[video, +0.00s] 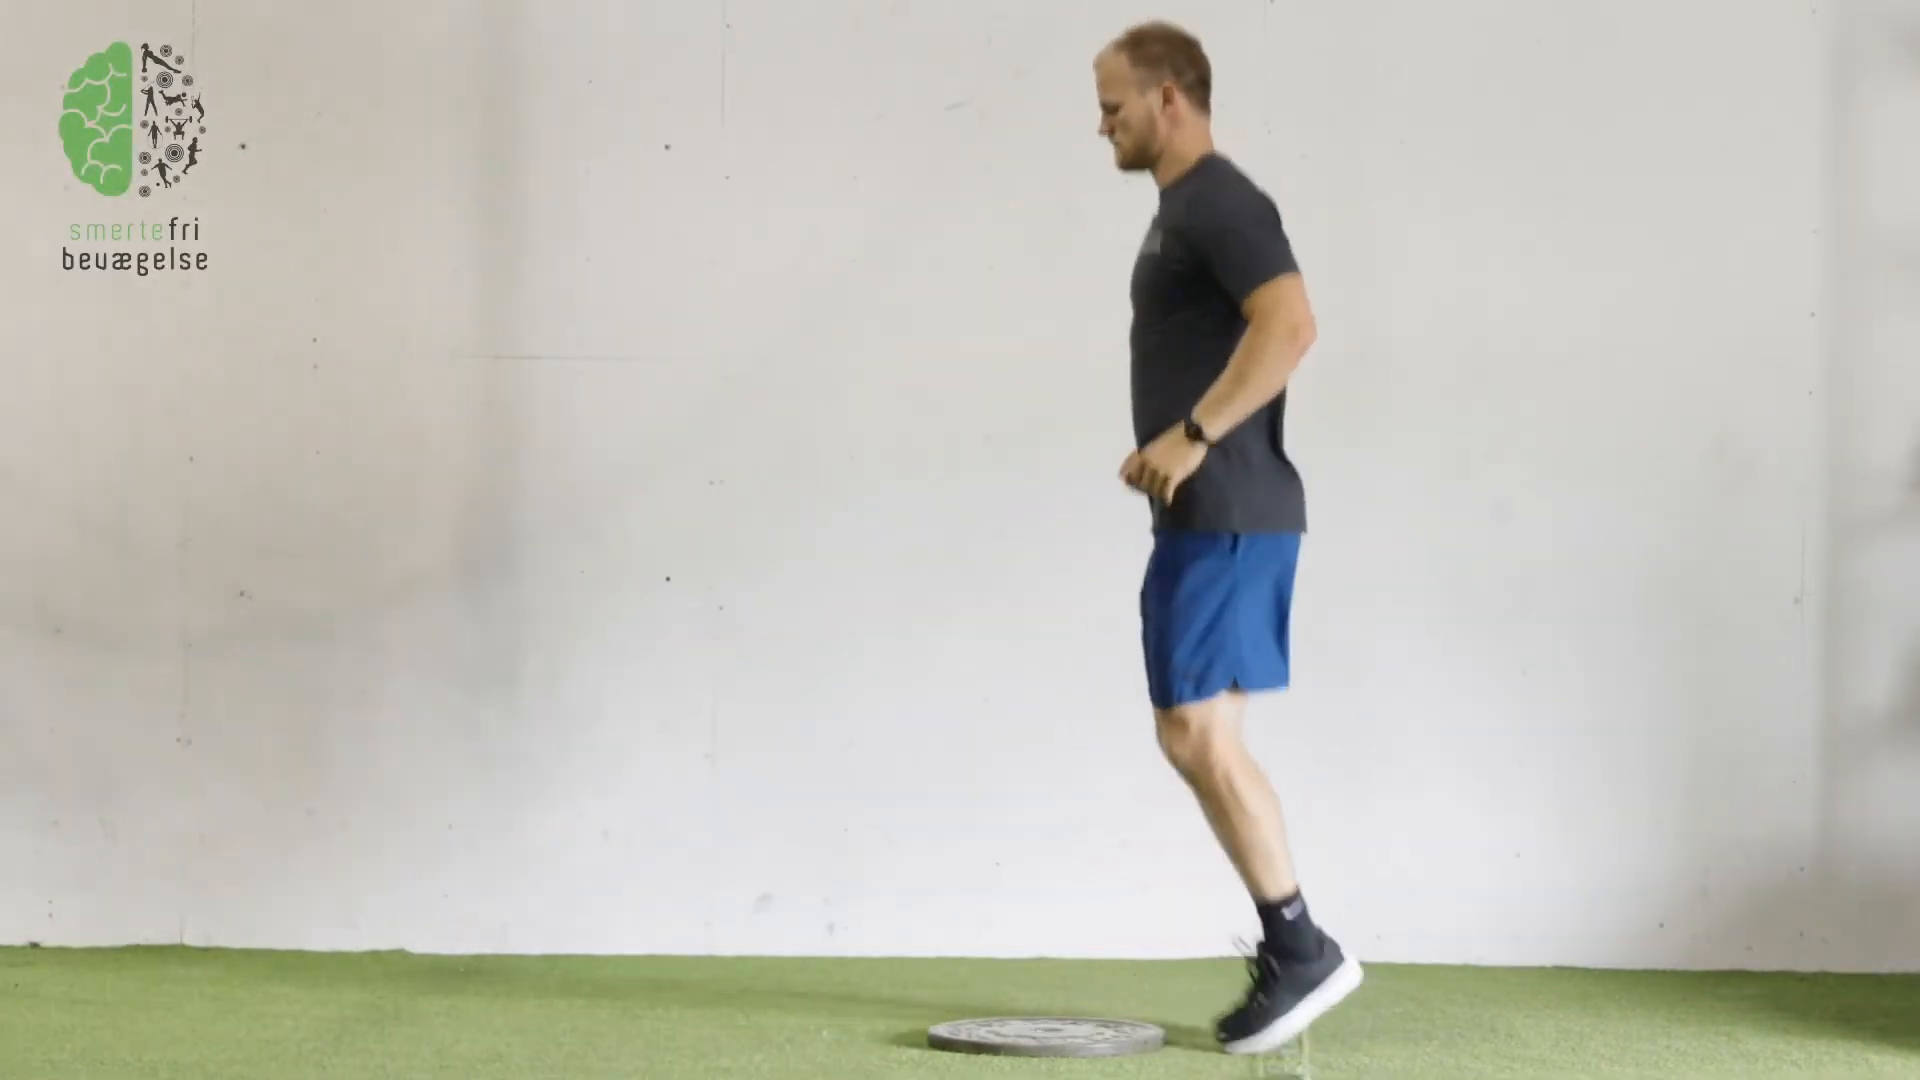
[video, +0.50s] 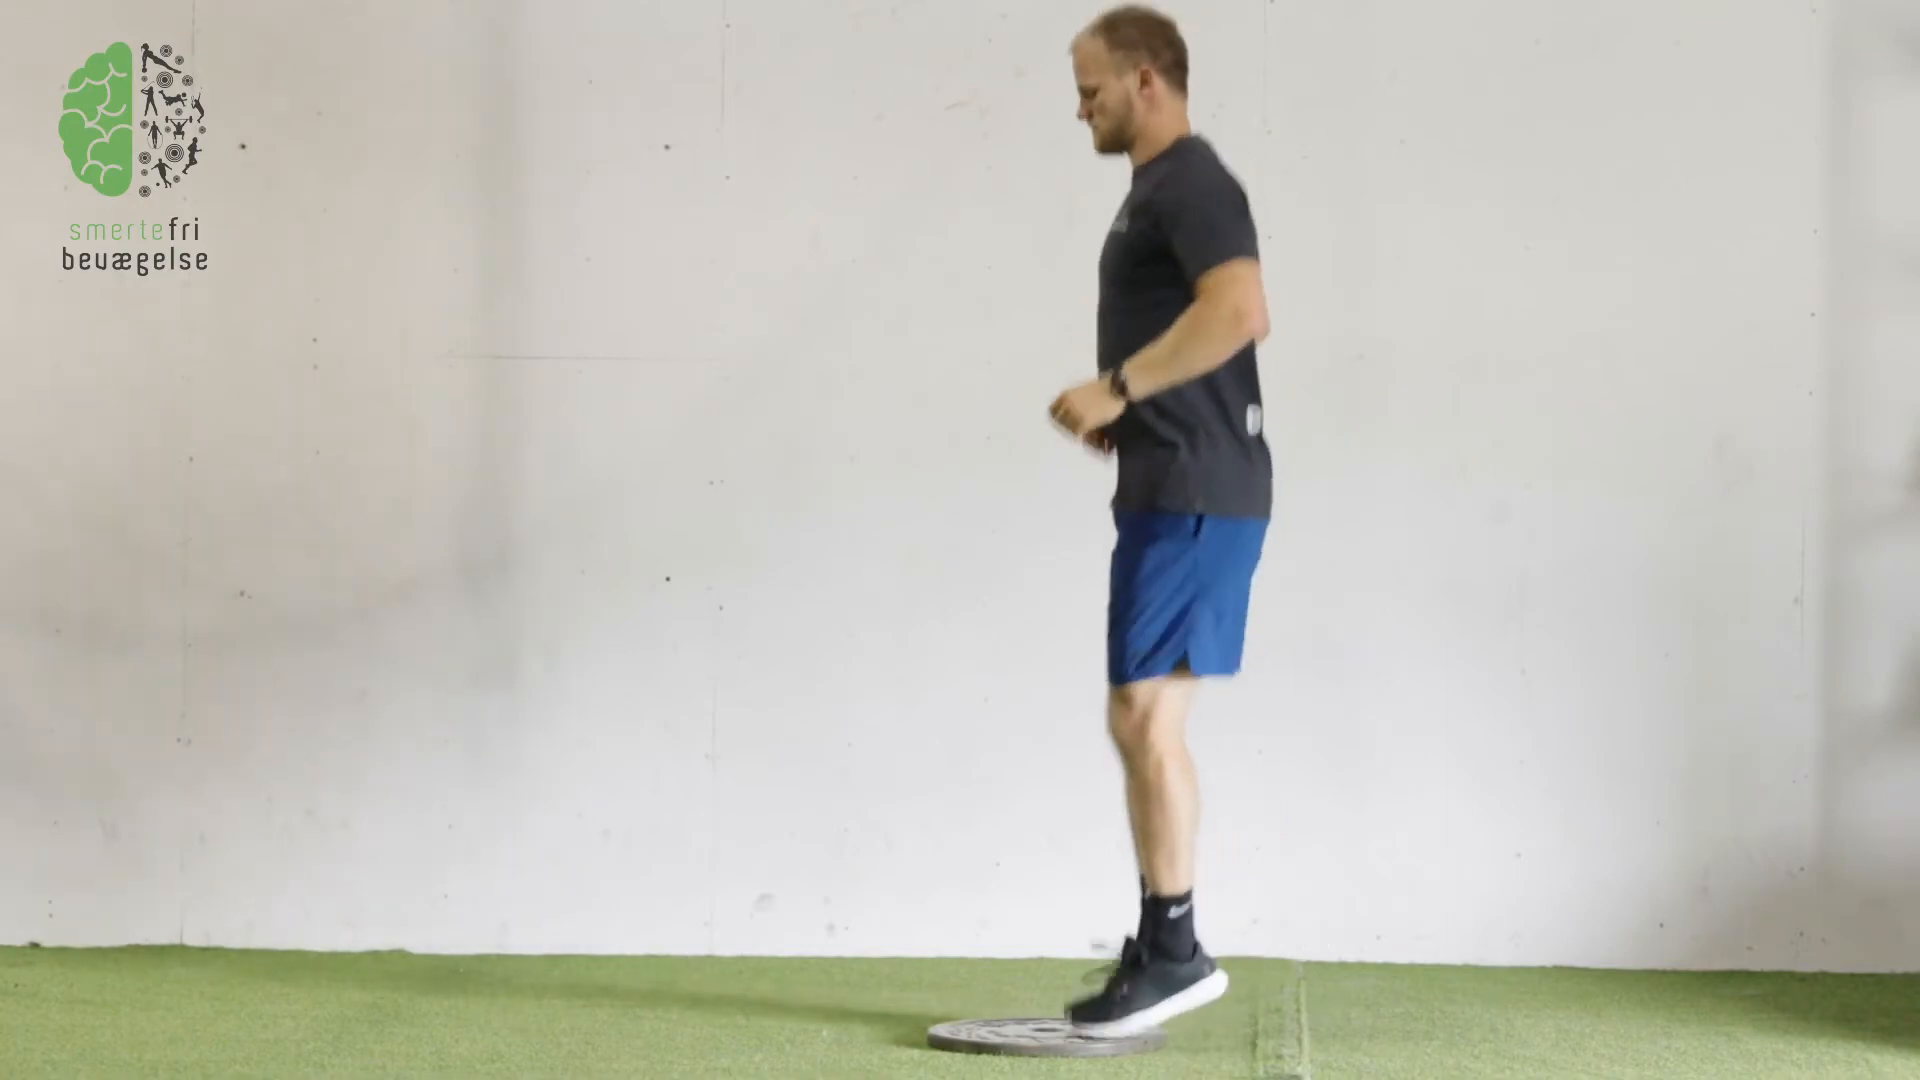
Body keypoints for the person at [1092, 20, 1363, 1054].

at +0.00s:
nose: (1101, 124)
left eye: (1111, 105)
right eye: (1101, 108)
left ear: (1166, 99)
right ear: (1166, 103)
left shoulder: (1219, 199)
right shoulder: (1185, 208)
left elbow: (1288, 324)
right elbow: (1247, 341)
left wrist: (1191, 432)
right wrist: (1169, 446)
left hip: (1230, 517)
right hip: (1208, 514)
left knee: (1203, 732)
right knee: (1191, 734)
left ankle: (1297, 949)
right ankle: (1290, 947)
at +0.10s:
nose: (1110, 177)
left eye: (1121, 159)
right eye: (1110, 161)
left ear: (1176, 156)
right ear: (1175, 160)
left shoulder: (1224, 260)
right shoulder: (1189, 266)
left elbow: (1287, 392)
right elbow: (1228, 408)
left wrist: (1176, 483)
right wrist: (1146, 472)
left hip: (1238, 580)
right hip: (1220, 577)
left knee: (1212, 796)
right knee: (1215, 794)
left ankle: (1331, 990)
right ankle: (1319, 986)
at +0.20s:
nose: (1114, 135)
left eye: (1122, 117)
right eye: (1113, 118)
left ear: (1178, 110)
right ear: (1176, 114)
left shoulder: (1224, 205)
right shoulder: (1195, 212)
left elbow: (1276, 330)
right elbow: (1228, 349)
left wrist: (1161, 403)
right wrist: (1136, 370)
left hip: (1218, 518)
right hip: (1211, 513)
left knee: (1220, 735)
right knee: (1231, 734)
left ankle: (1298, 955)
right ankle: (1290, 954)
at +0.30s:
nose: (1105, 87)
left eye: (1114, 68)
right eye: (1104, 70)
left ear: (1171, 60)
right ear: (1165, 64)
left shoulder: (1218, 151)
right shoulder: (1186, 161)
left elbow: (1279, 266)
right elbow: (1223, 283)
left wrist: (1159, 330)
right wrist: (1135, 318)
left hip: (1211, 470)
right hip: (1192, 468)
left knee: (1196, 689)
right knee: (1198, 691)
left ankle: (1268, 912)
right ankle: (1260, 910)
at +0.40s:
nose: (1087, 75)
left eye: (1096, 54)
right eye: (1086, 57)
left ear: (1153, 47)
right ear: (1151, 50)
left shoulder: (1198, 142)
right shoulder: (1182, 145)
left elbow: (1260, 260)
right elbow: (1261, 274)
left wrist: (1138, 329)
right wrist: (1142, 332)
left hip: (1198, 462)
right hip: (1186, 459)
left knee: (1172, 681)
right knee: (1168, 681)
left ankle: (1203, 914)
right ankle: (1195, 908)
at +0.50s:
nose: (1081, 109)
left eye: (1090, 89)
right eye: (1079, 92)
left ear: (1148, 81)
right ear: (1144, 85)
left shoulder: (1191, 177)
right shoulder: (1165, 183)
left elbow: (1238, 309)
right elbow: (1214, 325)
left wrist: (1119, 385)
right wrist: (1125, 404)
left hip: (1197, 491)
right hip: (1175, 488)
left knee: (1147, 715)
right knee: (1141, 714)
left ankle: (1172, 950)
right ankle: (1163, 946)